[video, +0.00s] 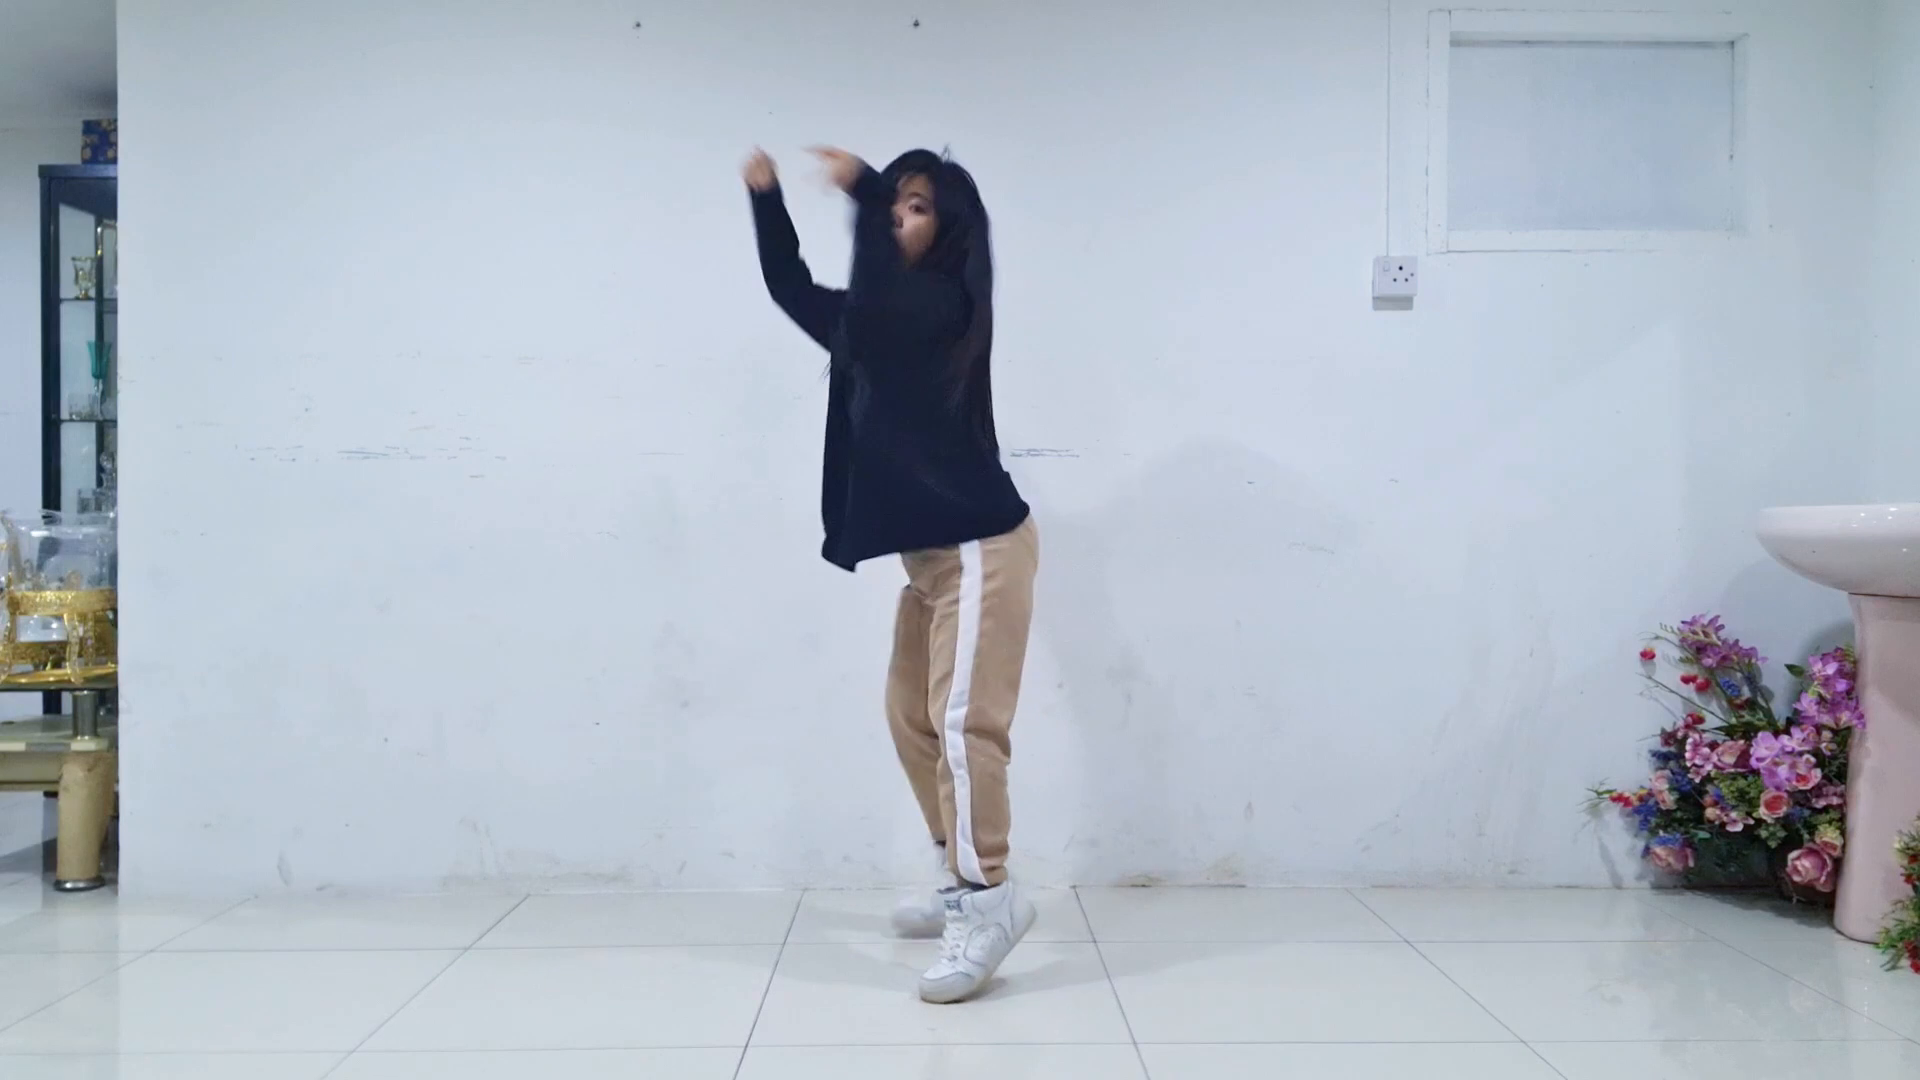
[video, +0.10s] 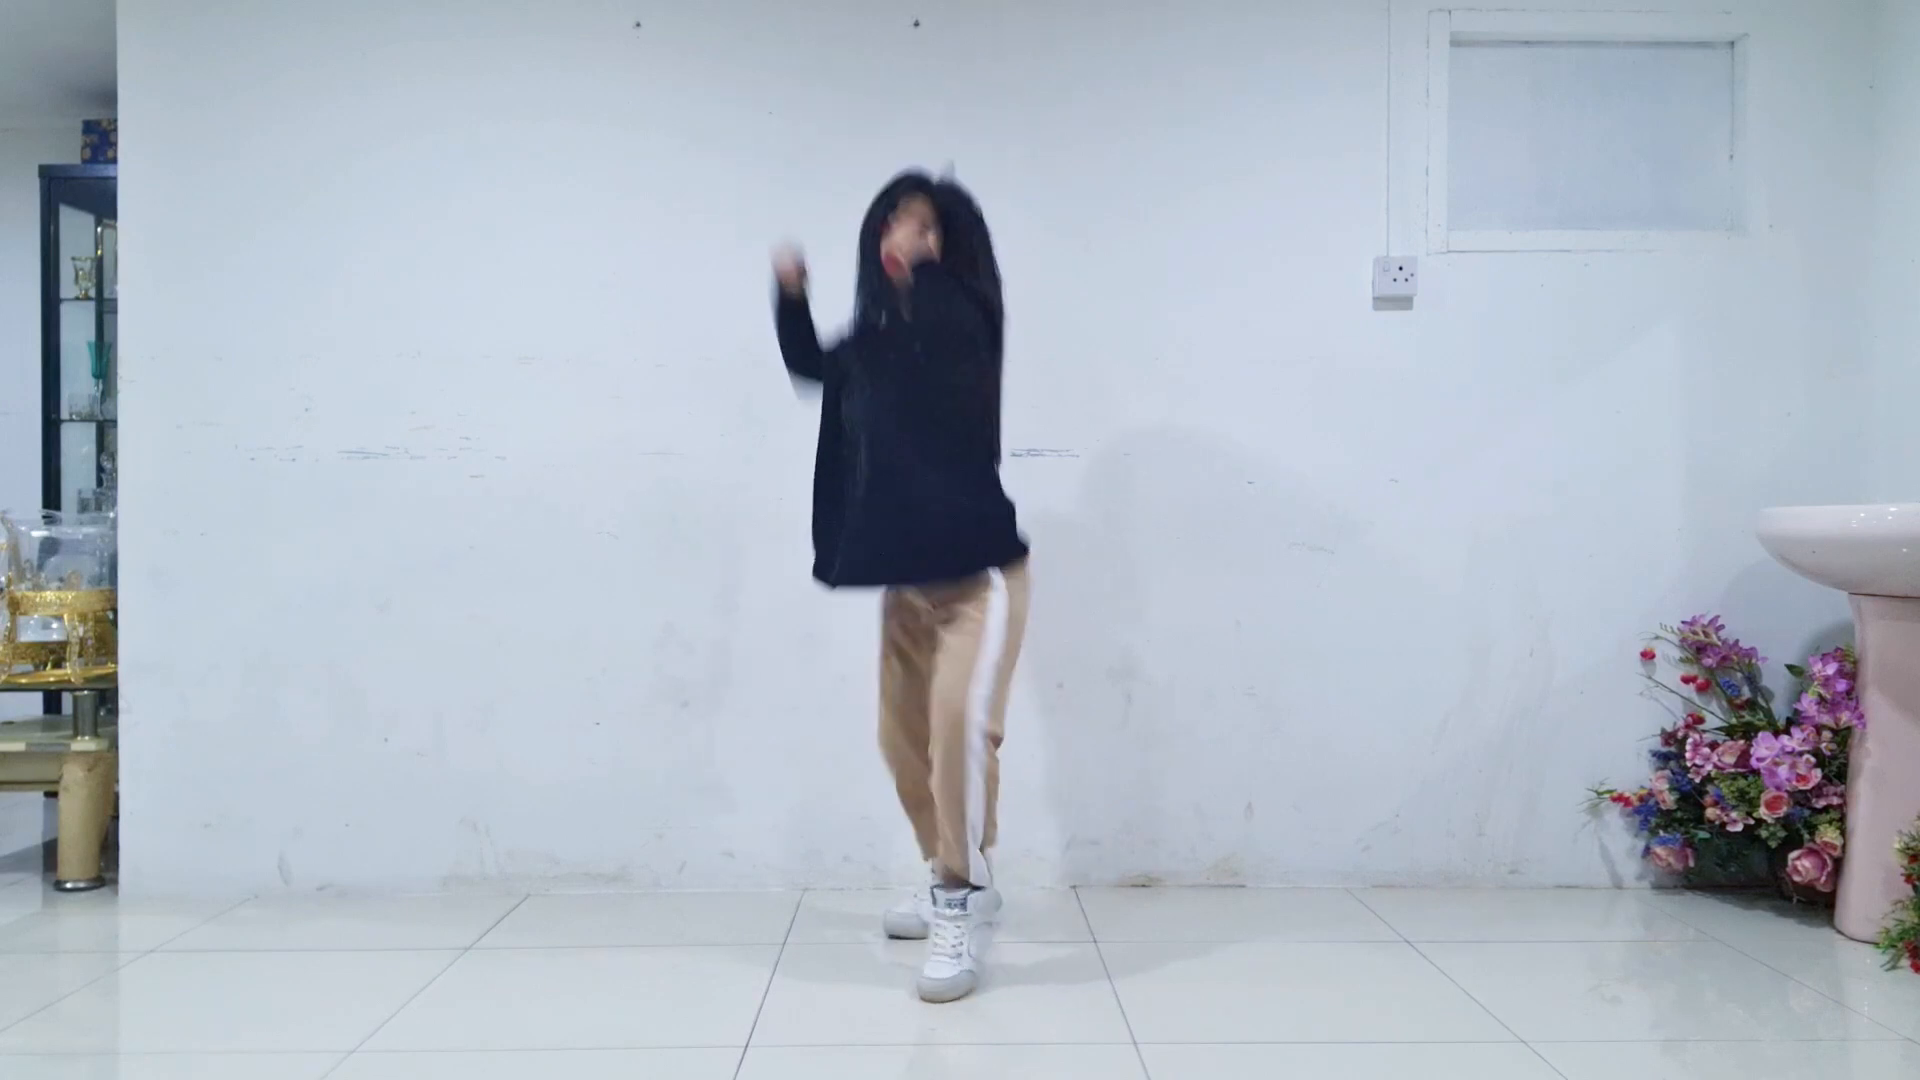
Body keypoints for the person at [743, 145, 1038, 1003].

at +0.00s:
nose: (902, 218)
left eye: (922, 205)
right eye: (893, 205)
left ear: (953, 224)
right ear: (879, 218)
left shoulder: (952, 296)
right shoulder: (865, 316)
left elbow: (883, 298)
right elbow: (788, 282)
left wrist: (866, 198)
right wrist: (766, 200)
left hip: (985, 547)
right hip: (928, 558)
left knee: (967, 719)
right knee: (913, 716)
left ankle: (990, 901)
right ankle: (963, 881)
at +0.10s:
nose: (908, 241)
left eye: (926, 228)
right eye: (894, 227)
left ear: (955, 242)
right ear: (876, 241)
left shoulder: (969, 319)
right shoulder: (872, 331)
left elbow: (943, 345)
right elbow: (807, 364)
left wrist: (918, 280)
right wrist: (791, 297)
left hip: (979, 575)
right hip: (906, 581)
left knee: (958, 731)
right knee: (903, 741)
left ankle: (959, 906)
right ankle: (953, 879)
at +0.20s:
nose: (901, 300)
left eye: (921, 286)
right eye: (892, 286)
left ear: (955, 304)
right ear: (877, 302)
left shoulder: (983, 393)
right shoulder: (877, 403)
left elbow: (993, 485)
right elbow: (853, 511)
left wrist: (958, 392)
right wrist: (834, 439)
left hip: (973, 630)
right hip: (892, 632)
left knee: (974, 743)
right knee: (898, 776)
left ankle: (938, 911)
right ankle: (951, 886)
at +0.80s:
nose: (919, 255)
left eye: (931, 240)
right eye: (903, 249)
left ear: (960, 252)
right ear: (888, 273)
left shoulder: (1000, 346)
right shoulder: (883, 372)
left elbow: (1051, 376)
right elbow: (879, 477)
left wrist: (996, 294)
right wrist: (808, 428)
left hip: (976, 585)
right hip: (892, 587)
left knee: (962, 739)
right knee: (912, 748)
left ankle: (965, 910)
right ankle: (948, 881)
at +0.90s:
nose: (888, 289)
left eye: (890, 271)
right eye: (871, 295)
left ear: (924, 273)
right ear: (876, 327)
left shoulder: (1006, 343)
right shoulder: (895, 396)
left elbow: (1064, 411)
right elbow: (874, 498)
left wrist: (991, 398)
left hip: (978, 597)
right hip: (888, 601)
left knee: (973, 732)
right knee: (902, 748)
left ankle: (969, 901)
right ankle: (938, 873)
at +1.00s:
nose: (895, 286)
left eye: (897, 268)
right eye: (876, 291)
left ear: (924, 269)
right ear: (871, 321)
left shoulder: (1002, 347)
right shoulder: (880, 385)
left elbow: (1027, 455)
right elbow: (863, 484)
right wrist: (858, 569)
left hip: (983, 571)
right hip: (899, 579)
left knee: (977, 689)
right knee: (908, 728)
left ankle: (983, 858)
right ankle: (935, 868)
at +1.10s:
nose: (894, 262)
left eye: (897, 244)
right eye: (876, 264)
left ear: (926, 243)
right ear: (869, 290)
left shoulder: (999, 324)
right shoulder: (874, 360)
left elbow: (1047, 420)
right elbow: (867, 467)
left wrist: (1042, 505)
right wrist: (863, 463)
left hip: (996, 541)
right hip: (913, 548)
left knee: (965, 687)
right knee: (908, 711)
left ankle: (997, 825)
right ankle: (939, 864)